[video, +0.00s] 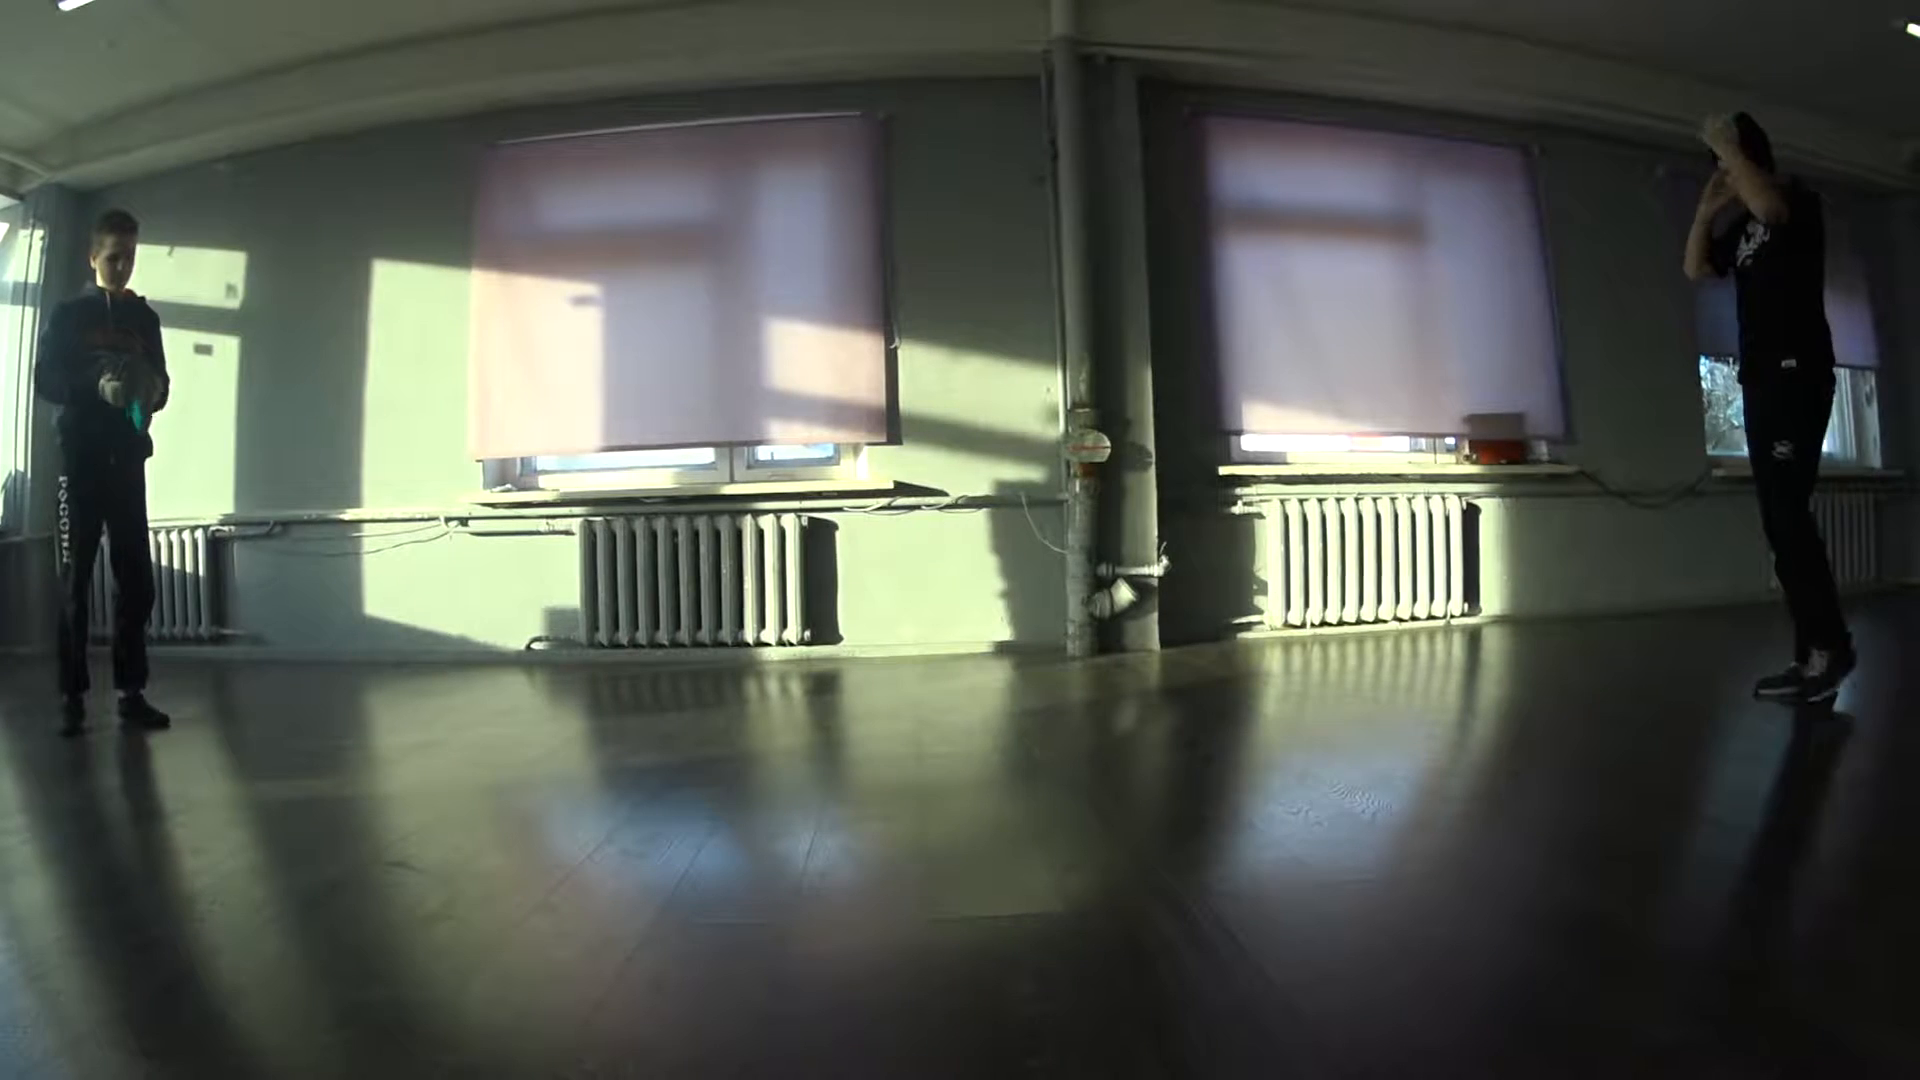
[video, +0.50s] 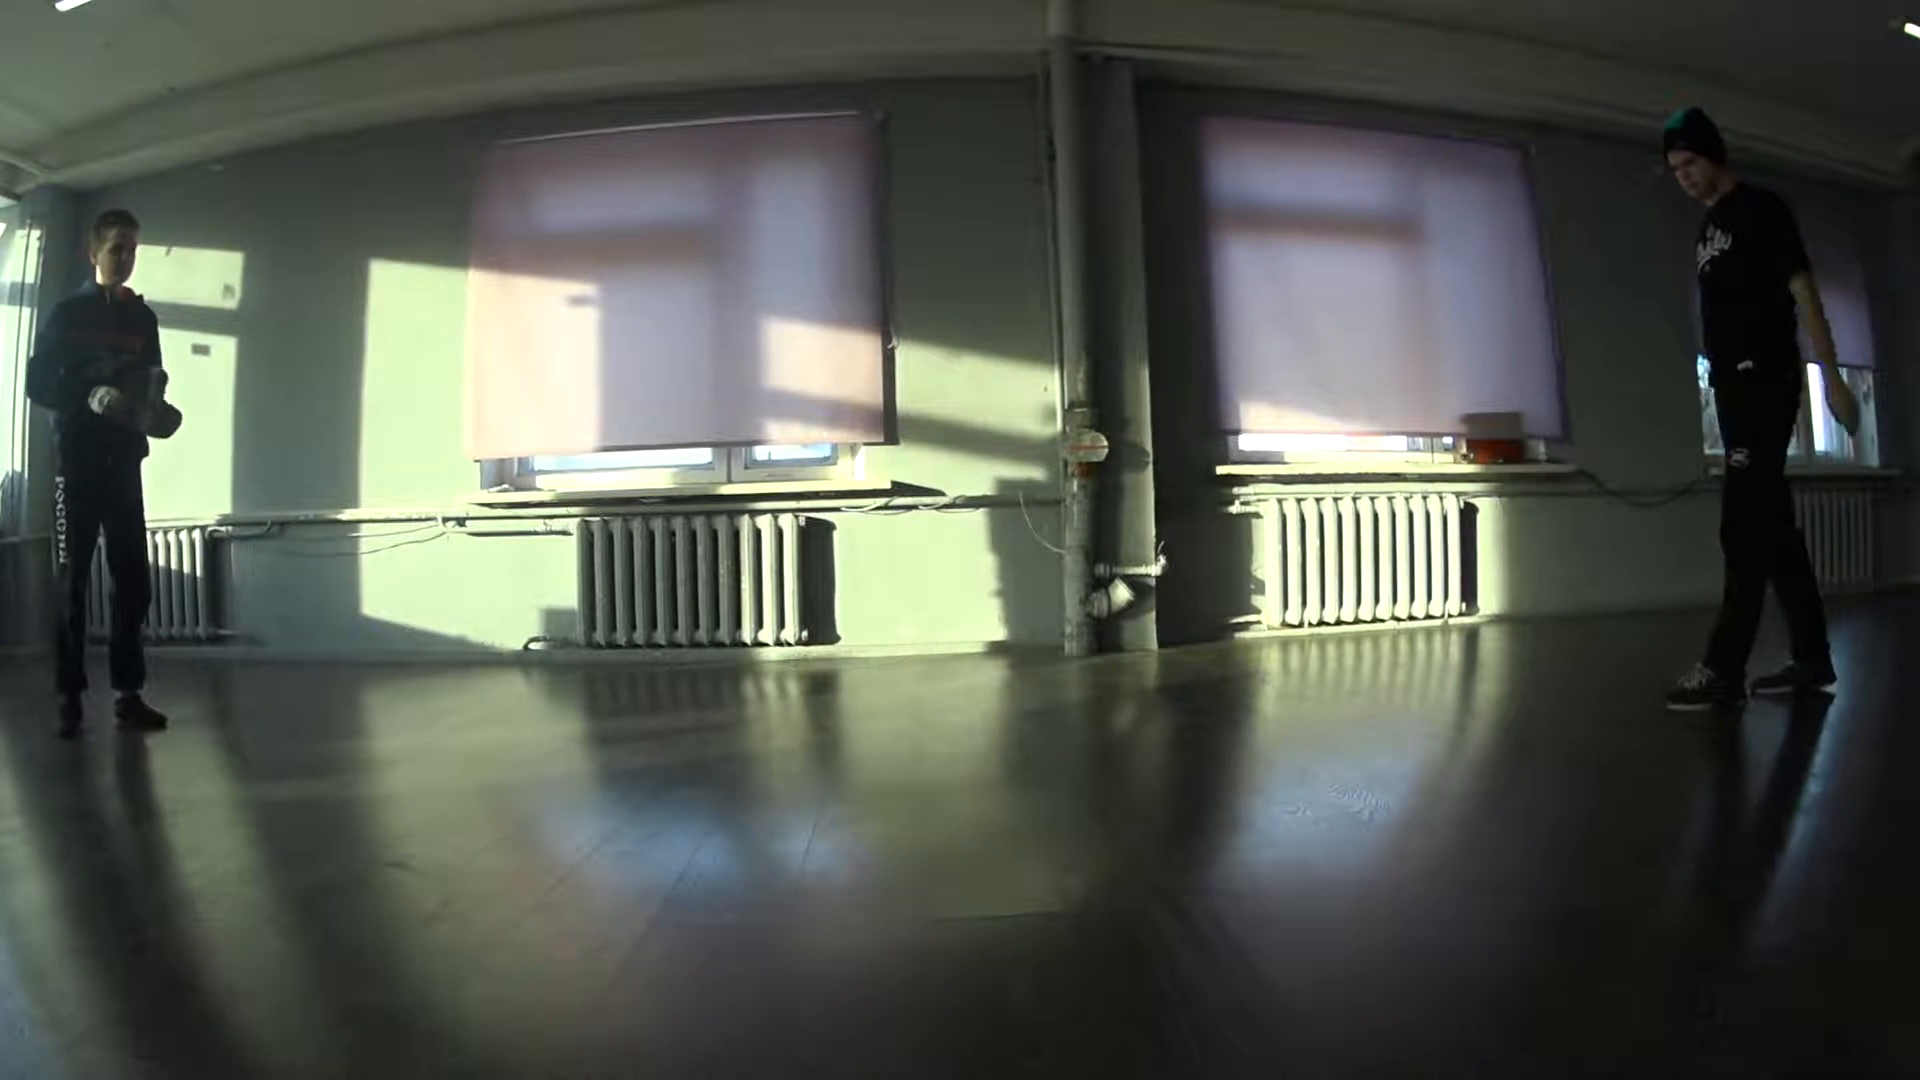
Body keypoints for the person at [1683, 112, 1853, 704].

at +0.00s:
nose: (1725, 172)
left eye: (1729, 163)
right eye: (1723, 164)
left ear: (1752, 157)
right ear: (1734, 165)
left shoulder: (1799, 204)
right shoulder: (1740, 227)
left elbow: (1765, 205)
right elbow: (1696, 268)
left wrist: (1728, 151)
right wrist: (1707, 206)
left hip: (1801, 374)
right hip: (1762, 378)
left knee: (1788, 516)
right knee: (1779, 519)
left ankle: (1831, 650)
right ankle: (1808, 655)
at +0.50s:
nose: (1684, 176)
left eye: (1690, 163)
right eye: (1676, 169)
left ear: (1717, 157)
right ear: (1675, 173)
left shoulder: (1762, 209)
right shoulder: (1710, 223)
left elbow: (1806, 298)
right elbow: (1725, 311)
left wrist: (1833, 379)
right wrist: (1720, 389)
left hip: (1768, 384)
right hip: (1736, 387)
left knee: (1742, 526)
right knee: (1773, 526)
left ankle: (1723, 672)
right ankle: (1813, 661)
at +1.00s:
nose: (1653, 165)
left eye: (1658, 152)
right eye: (1648, 156)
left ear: (1685, 145)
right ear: (1661, 153)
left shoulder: (1720, 196)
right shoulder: (1693, 206)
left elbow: (1706, 276)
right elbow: (1692, 307)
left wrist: (1643, 338)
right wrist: (1658, 380)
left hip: (1723, 377)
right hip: (1692, 378)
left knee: (1717, 520)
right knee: (1680, 521)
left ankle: (1720, 669)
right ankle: (1763, 624)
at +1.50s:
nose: (1645, 149)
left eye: (1650, 137)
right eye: (1643, 139)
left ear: (1676, 136)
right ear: (1680, 137)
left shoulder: (1709, 196)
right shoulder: (1699, 196)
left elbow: (1719, 295)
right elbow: (1712, 296)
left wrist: (1699, 386)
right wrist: (1694, 379)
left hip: (1722, 381)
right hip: (1716, 380)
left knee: (1716, 528)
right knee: (1722, 525)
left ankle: (1717, 670)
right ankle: (1783, 649)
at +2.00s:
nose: (1681, 160)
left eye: (1683, 149)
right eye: (1682, 149)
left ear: (1698, 150)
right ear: (1730, 147)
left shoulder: (1728, 204)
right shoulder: (1760, 205)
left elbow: (1721, 294)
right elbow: (1764, 312)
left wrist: (1688, 386)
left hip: (1743, 390)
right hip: (1771, 387)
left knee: (1728, 528)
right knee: (1775, 524)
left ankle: (1716, 669)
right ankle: (1804, 664)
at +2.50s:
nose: (1707, 172)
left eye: (1709, 161)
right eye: (1708, 161)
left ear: (1725, 158)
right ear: (1755, 157)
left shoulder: (1742, 206)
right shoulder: (1779, 207)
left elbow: (1736, 295)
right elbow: (1782, 307)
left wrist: (1711, 379)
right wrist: (1737, 373)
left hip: (1757, 387)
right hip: (1791, 387)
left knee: (1736, 525)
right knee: (1790, 525)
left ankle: (1718, 659)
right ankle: (1803, 665)